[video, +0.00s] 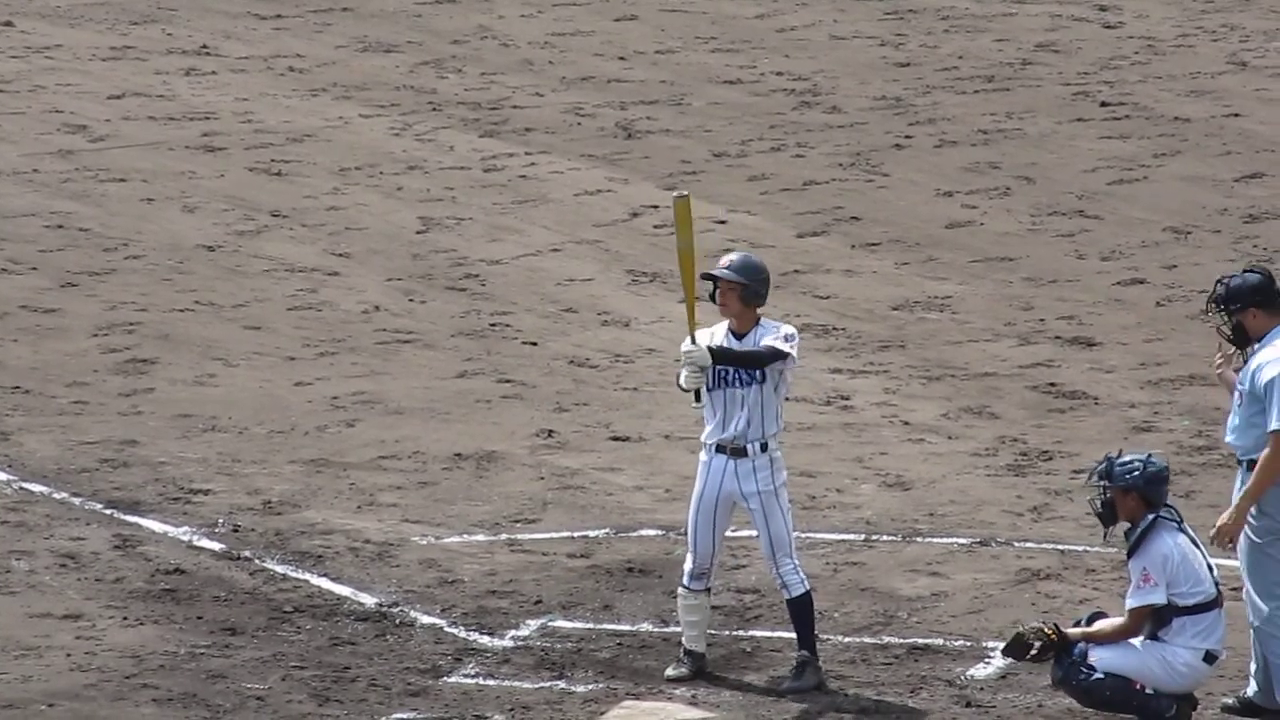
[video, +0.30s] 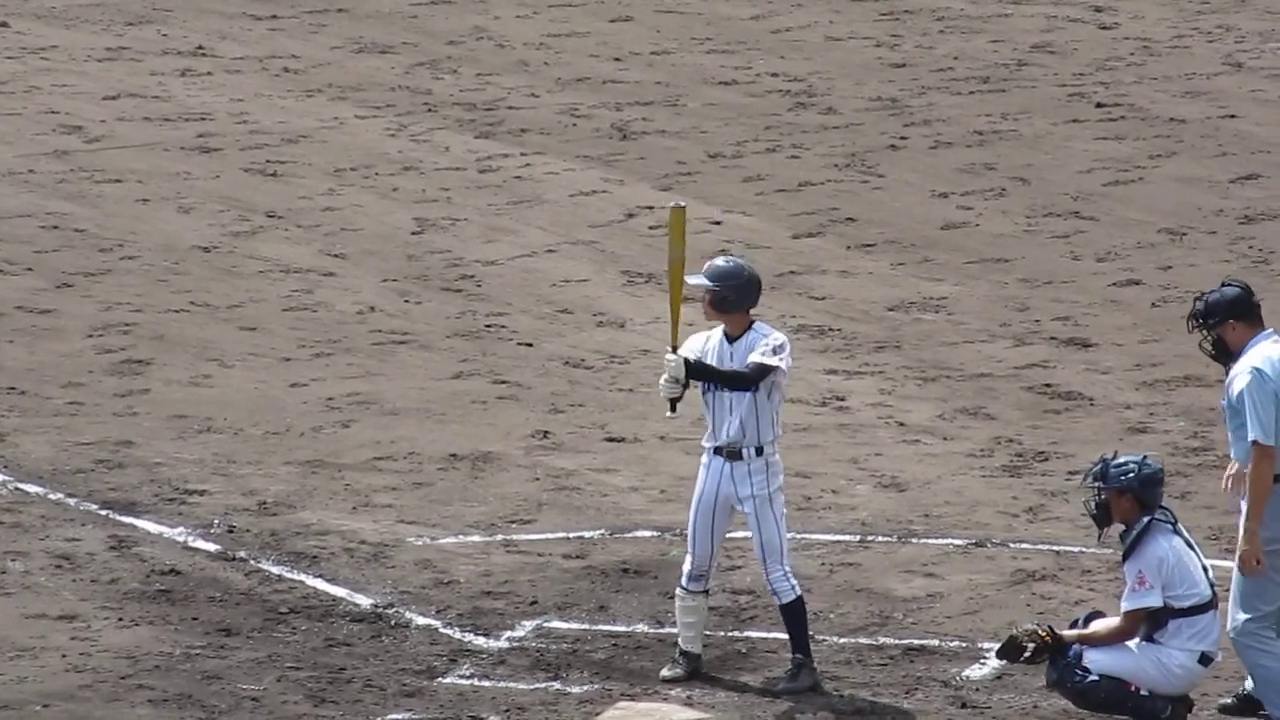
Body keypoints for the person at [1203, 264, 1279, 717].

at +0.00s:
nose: (1230, 321)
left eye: (1233, 313)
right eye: (1229, 313)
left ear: (1253, 315)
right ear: (1261, 312)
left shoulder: (1272, 365)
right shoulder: (1264, 354)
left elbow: (1275, 448)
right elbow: (1259, 410)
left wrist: (1240, 509)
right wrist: (1232, 380)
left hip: (1266, 496)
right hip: (1254, 489)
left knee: (1266, 600)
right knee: (1260, 596)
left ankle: (1269, 694)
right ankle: (1264, 691)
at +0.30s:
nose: (1214, 339)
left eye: (1214, 330)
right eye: (1212, 330)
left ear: (1230, 327)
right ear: (1252, 318)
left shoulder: (1253, 373)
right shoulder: (1272, 348)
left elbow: (1265, 455)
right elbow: (1267, 423)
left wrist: (1250, 533)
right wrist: (1242, 457)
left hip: (1269, 522)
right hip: (1272, 514)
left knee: (1249, 627)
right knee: (1264, 608)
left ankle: (1276, 706)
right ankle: (1263, 688)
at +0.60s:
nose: (1195, 344)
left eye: (1199, 336)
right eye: (1195, 335)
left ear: (1216, 338)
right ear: (1238, 331)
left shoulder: (1238, 383)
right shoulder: (1267, 359)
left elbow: (1268, 456)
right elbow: (1270, 455)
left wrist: (1256, 534)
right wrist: (1259, 530)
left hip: (1274, 528)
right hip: (1274, 523)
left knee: (1251, 631)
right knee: (1262, 622)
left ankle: (1275, 705)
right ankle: (1271, 697)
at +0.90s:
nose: (1188, 341)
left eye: (1192, 333)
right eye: (1188, 333)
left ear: (1210, 337)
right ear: (1229, 331)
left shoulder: (1229, 380)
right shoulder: (1260, 358)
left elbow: (1259, 458)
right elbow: (1268, 451)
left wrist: (1246, 529)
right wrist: (1266, 505)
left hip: (1275, 506)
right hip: (1274, 504)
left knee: (1274, 608)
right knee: (1274, 602)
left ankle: (1276, 692)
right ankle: (1275, 690)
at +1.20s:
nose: (1198, 331)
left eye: (1203, 324)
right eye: (1199, 323)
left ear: (1220, 327)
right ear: (1241, 322)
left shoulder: (1239, 371)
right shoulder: (1264, 352)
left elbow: (1258, 451)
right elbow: (1262, 447)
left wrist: (1232, 517)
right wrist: (1239, 513)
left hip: (1274, 497)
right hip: (1273, 494)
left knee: (1267, 610)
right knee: (1268, 603)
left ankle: (1277, 701)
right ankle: (1274, 695)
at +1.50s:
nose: (1208, 324)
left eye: (1213, 317)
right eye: (1210, 316)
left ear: (1232, 322)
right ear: (1251, 318)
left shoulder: (1246, 368)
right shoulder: (1269, 349)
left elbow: (1259, 449)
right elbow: (1263, 447)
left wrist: (1248, 522)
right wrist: (1254, 517)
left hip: (1272, 502)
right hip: (1272, 496)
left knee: (1264, 616)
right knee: (1267, 605)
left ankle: (1277, 700)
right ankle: (1274, 691)